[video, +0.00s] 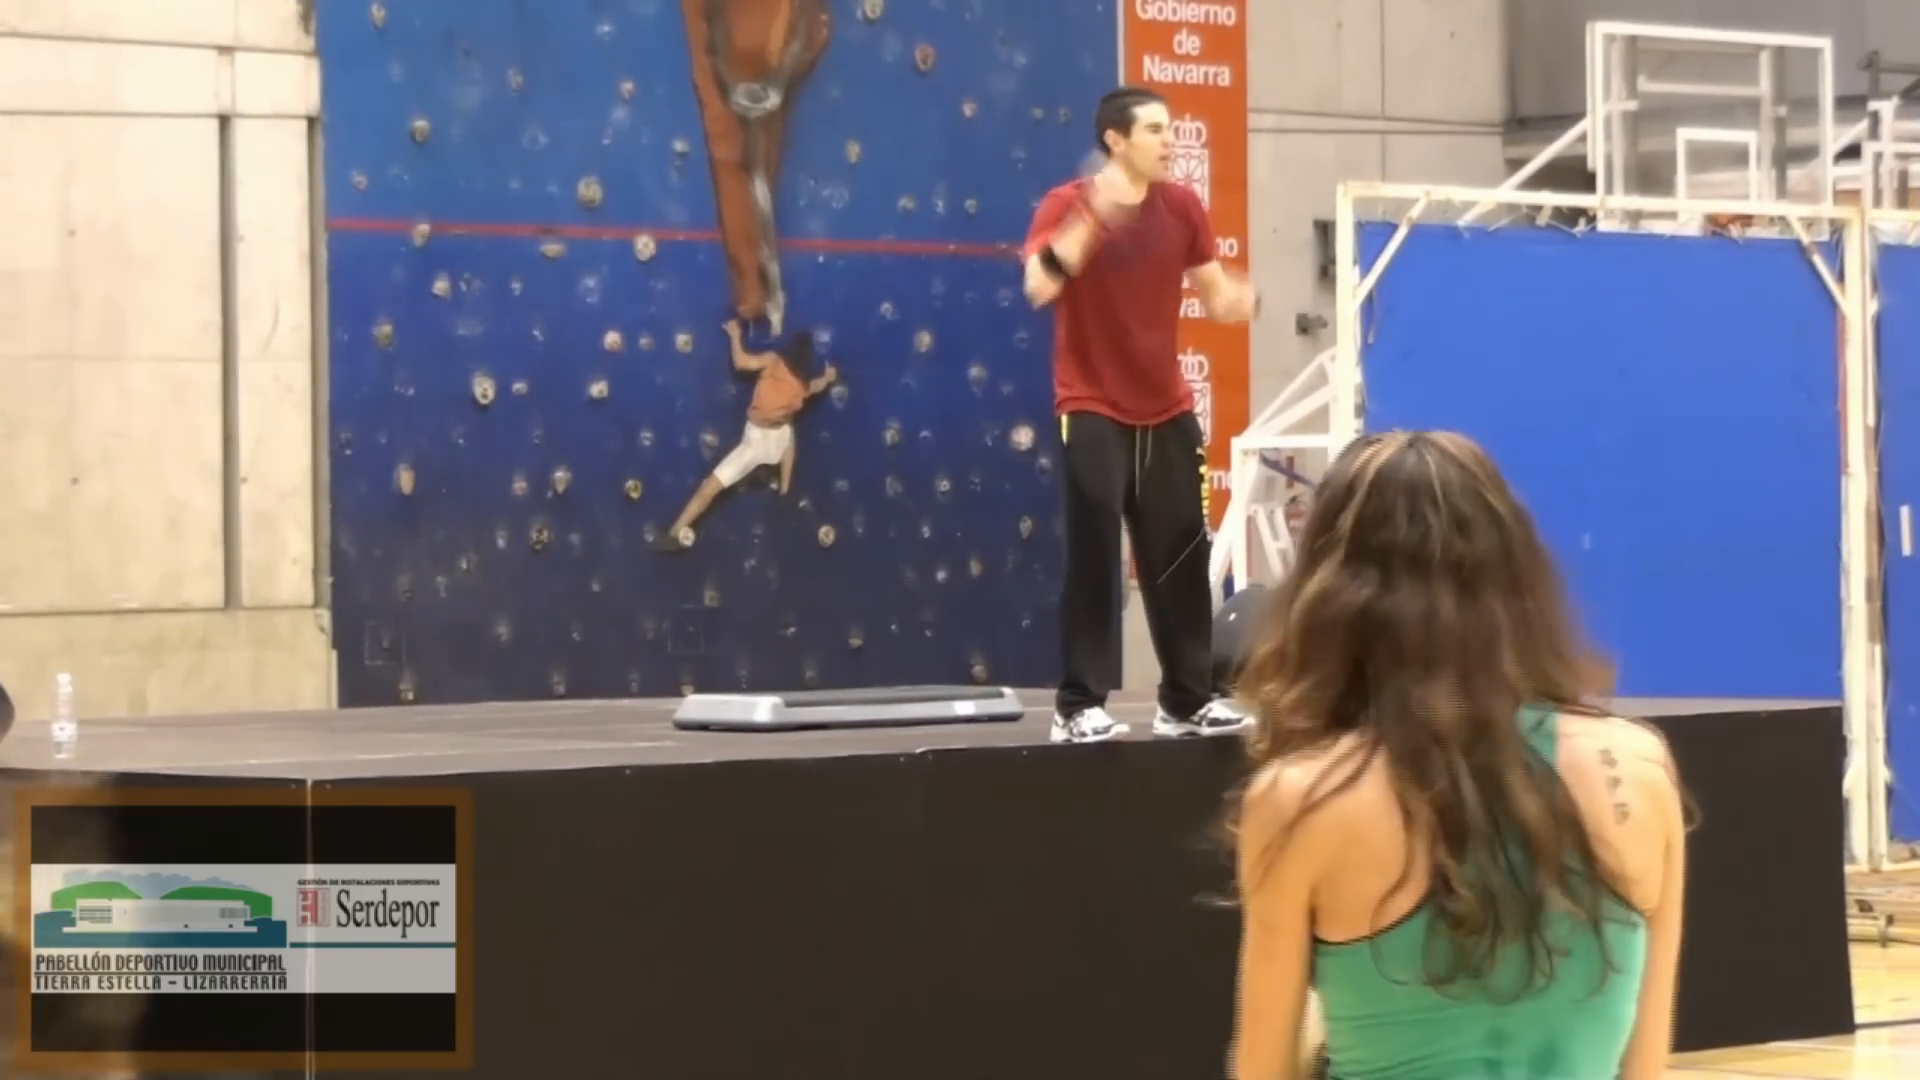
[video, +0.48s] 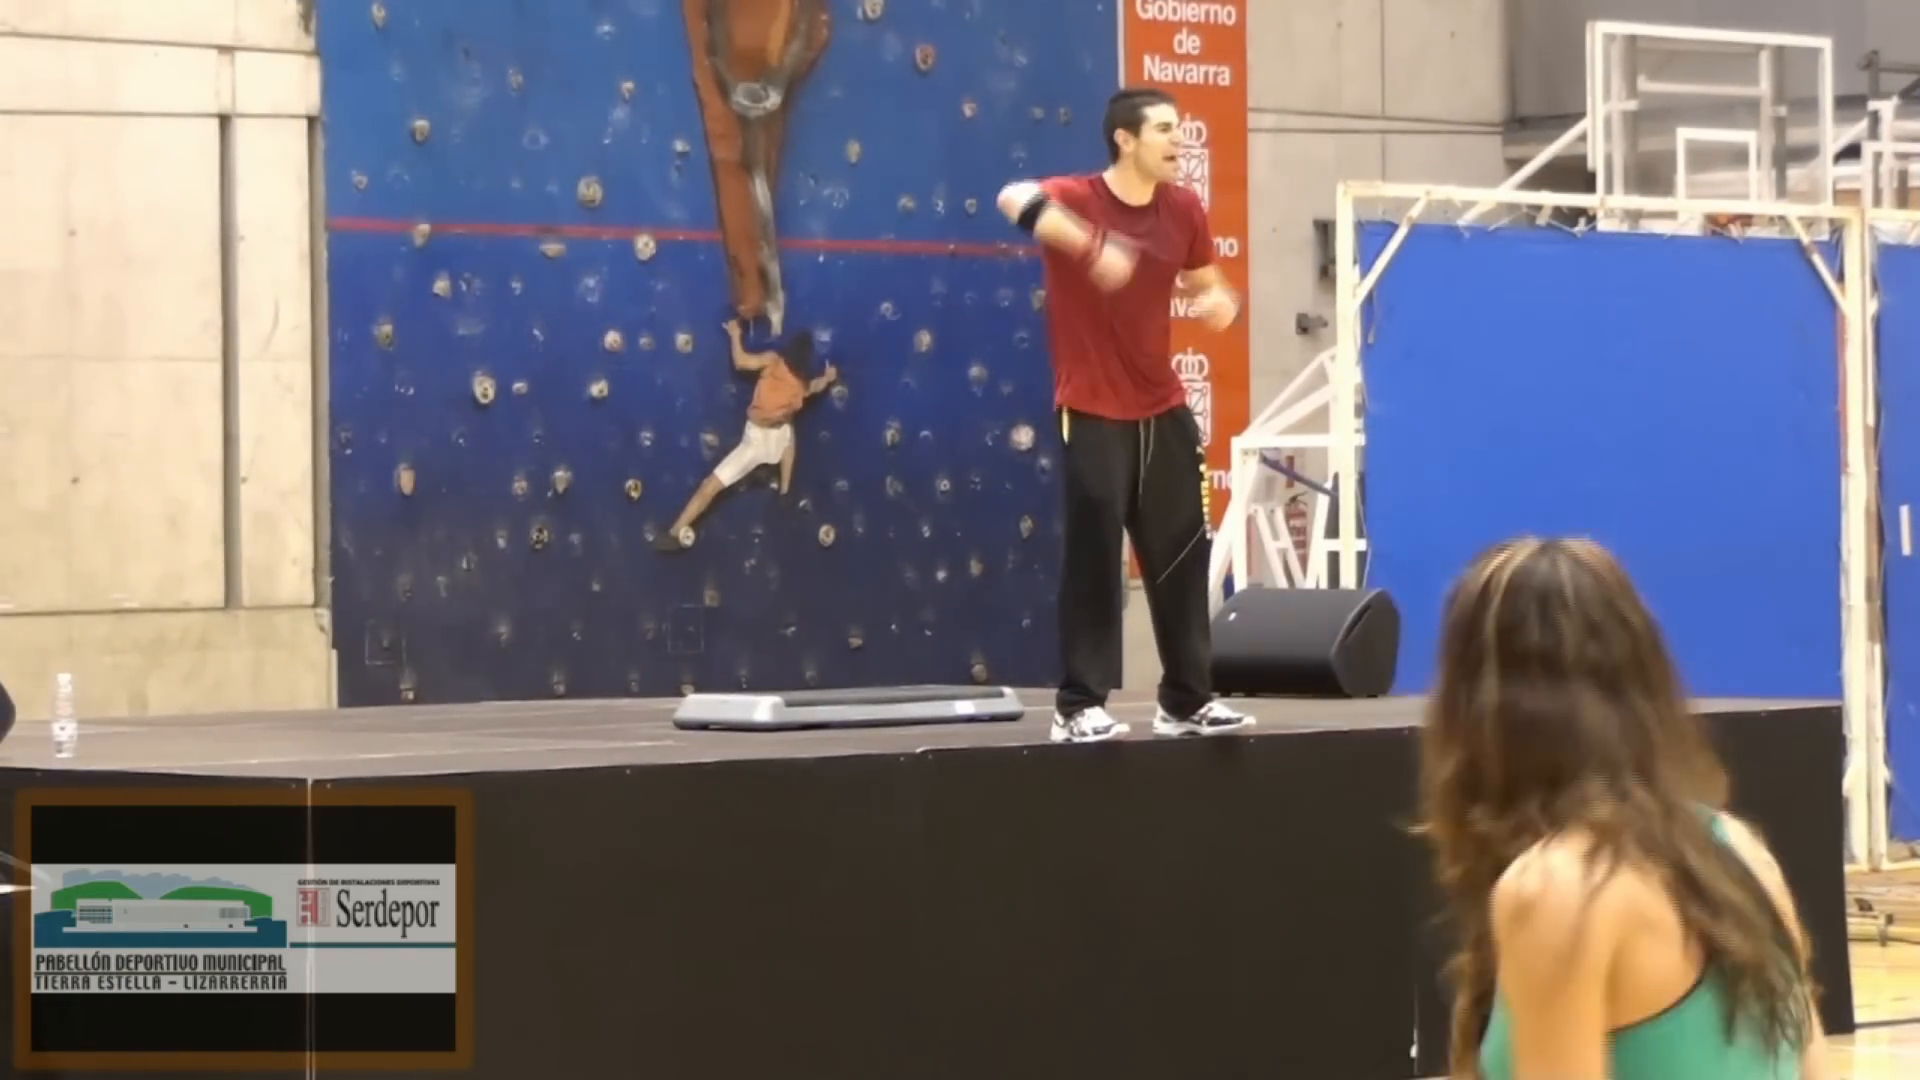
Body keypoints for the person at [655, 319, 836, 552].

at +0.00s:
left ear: (788, 350)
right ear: (808, 358)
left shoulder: (772, 361)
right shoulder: (803, 386)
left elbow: (741, 363)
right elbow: (817, 385)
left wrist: (735, 336)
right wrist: (829, 378)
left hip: (755, 442)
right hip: (779, 441)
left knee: (713, 483)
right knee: (789, 433)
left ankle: (678, 530)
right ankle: (785, 486)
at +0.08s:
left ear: (788, 350)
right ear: (808, 358)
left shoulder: (772, 361)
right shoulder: (803, 385)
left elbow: (741, 362)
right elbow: (817, 385)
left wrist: (735, 336)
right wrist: (829, 377)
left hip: (754, 441)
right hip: (779, 439)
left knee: (712, 484)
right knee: (789, 433)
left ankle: (678, 530)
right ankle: (785, 486)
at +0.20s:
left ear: (788, 350)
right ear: (808, 359)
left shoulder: (772, 361)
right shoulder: (802, 385)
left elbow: (741, 362)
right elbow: (816, 385)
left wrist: (735, 336)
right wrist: (829, 378)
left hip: (755, 439)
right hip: (779, 438)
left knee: (713, 483)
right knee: (789, 433)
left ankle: (678, 529)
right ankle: (785, 486)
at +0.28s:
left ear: (788, 349)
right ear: (808, 358)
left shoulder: (772, 361)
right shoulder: (802, 385)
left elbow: (740, 362)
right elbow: (816, 386)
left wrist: (735, 336)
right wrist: (829, 378)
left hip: (754, 440)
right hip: (779, 438)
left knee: (712, 484)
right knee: (789, 433)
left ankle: (678, 530)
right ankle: (785, 486)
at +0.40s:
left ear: (788, 350)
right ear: (808, 359)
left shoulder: (772, 361)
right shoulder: (802, 386)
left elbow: (741, 362)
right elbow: (816, 385)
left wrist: (735, 336)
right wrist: (828, 378)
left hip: (754, 441)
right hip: (779, 439)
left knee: (712, 483)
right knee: (789, 433)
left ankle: (678, 530)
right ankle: (785, 487)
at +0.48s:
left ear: (788, 350)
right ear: (807, 359)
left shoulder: (771, 361)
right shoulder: (802, 385)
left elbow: (740, 362)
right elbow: (816, 386)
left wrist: (735, 336)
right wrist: (828, 378)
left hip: (754, 441)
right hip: (779, 440)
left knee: (711, 484)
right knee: (789, 433)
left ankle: (677, 531)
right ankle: (785, 488)